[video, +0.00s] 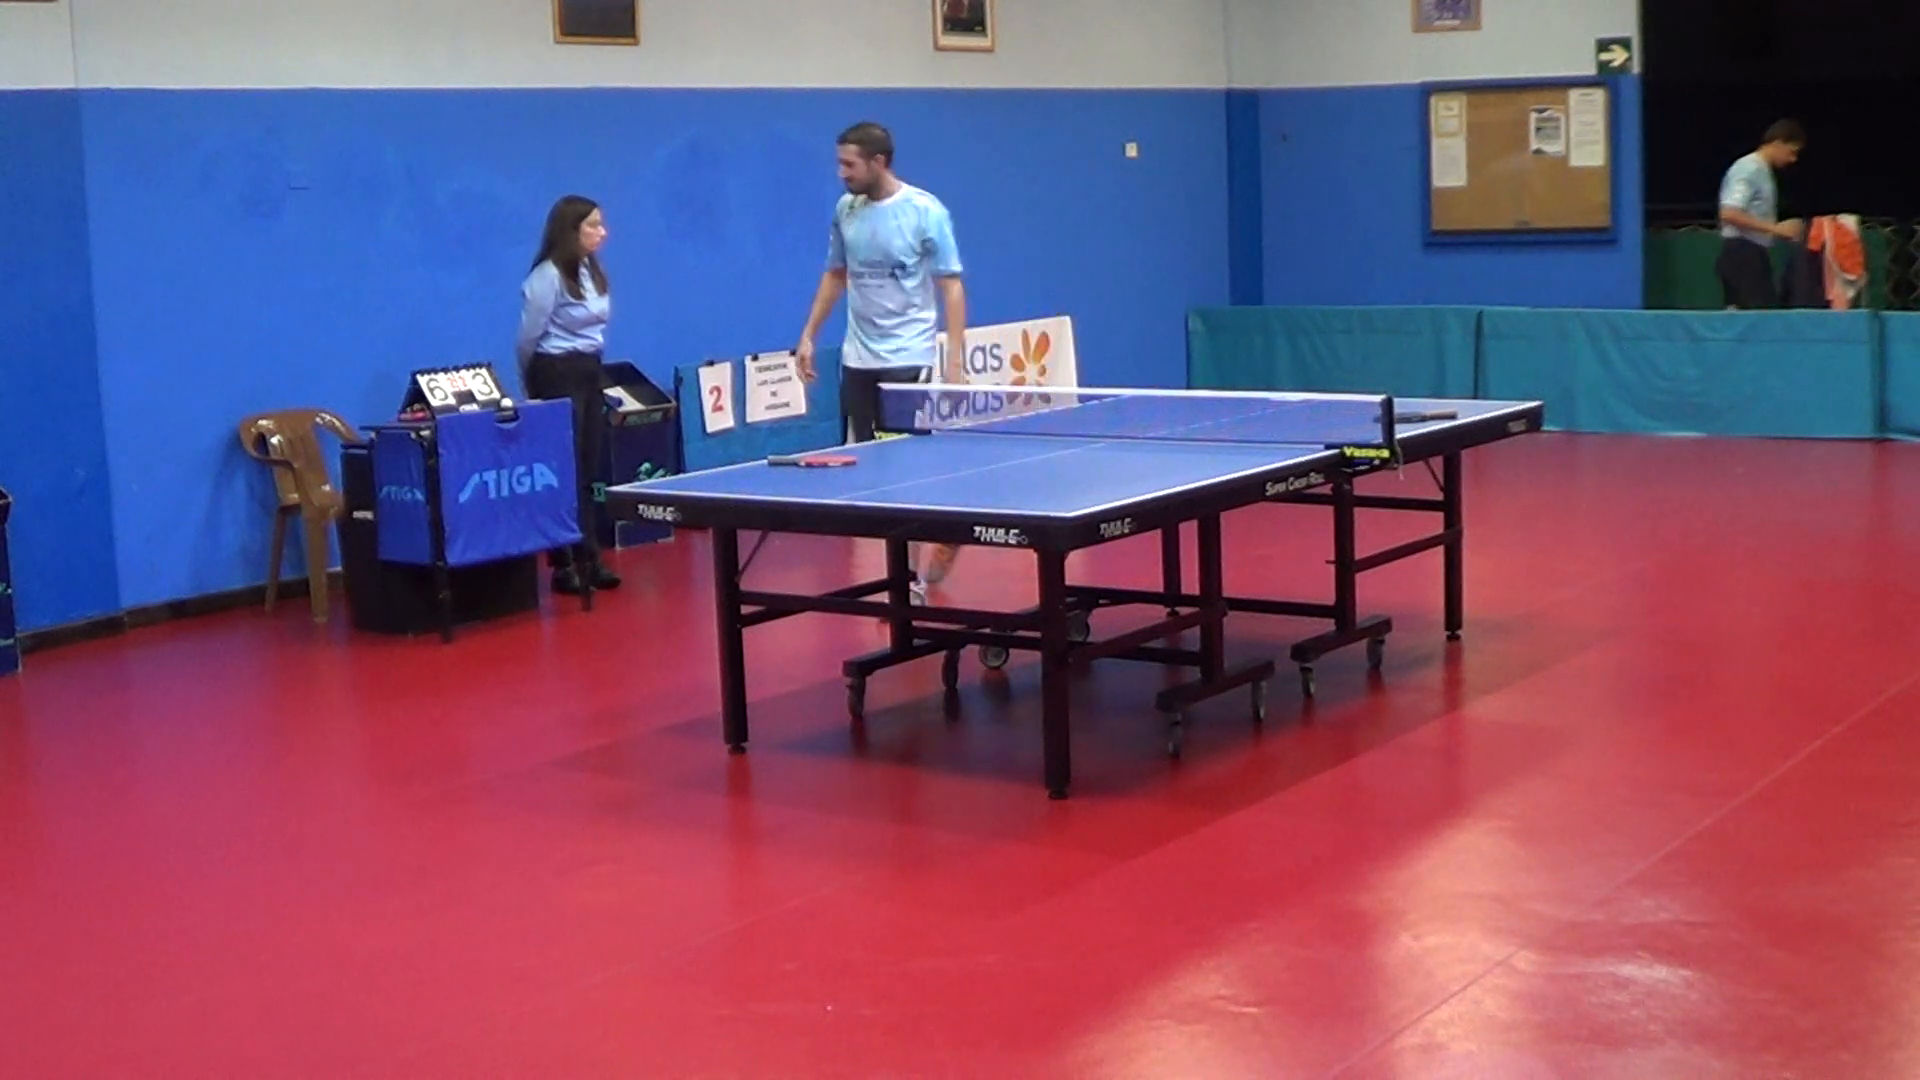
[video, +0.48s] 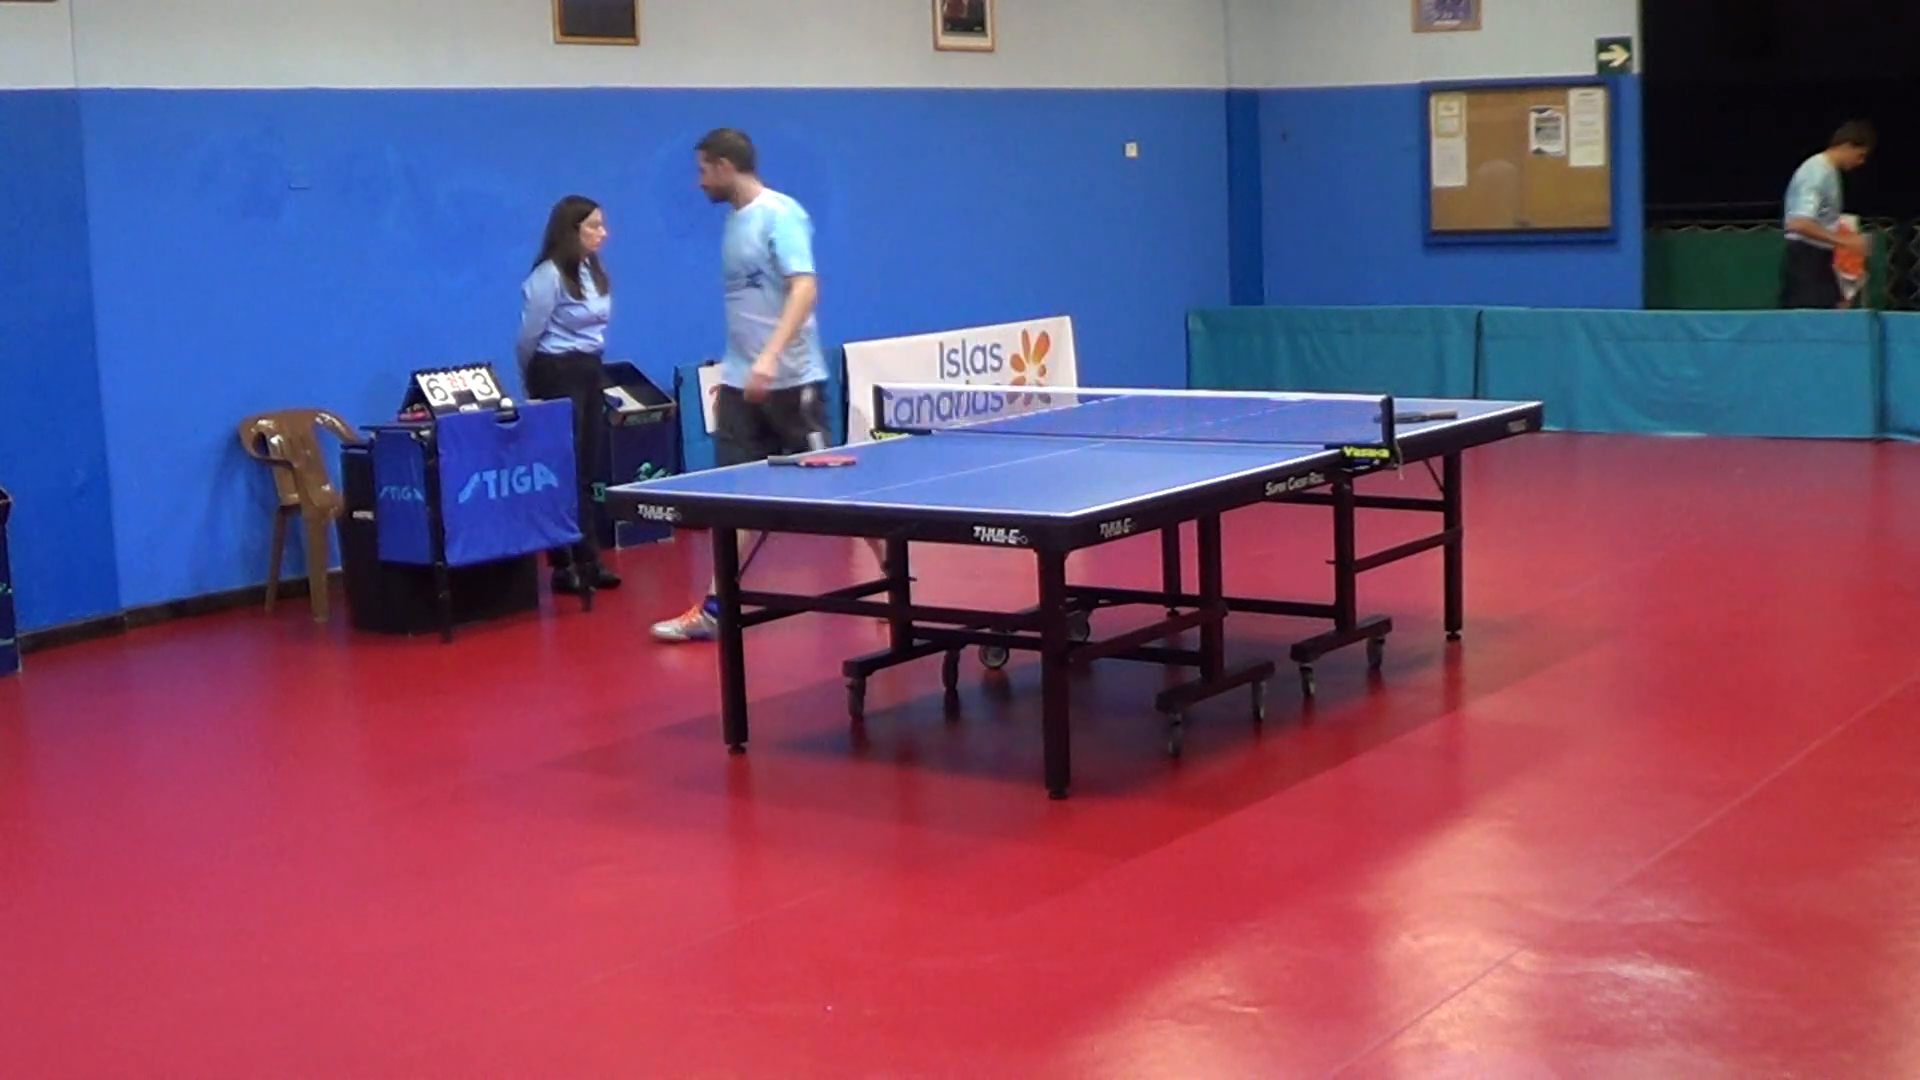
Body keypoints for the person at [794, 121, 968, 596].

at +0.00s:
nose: (843, 173)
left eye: (849, 164)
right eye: (841, 165)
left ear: (880, 162)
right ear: (852, 165)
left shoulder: (926, 211)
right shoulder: (846, 209)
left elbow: (951, 286)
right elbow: (835, 274)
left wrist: (955, 363)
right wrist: (808, 336)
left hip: (912, 362)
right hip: (859, 362)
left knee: (919, 463)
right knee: (867, 467)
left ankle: (947, 542)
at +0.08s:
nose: (823, 169)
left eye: (829, 160)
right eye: (821, 160)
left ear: (859, 157)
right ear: (842, 159)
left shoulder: (909, 207)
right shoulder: (833, 206)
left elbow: (934, 286)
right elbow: (828, 272)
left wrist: (927, 362)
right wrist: (806, 333)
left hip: (902, 365)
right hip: (845, 363)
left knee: (915, 471)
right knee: (837, 465)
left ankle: (912, 576)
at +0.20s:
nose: (790, 169)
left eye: (796, 159)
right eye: (788, 159)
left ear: (823, 155)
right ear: (814, 157)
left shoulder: (879, 205)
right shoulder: (812, 205)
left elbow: (902, 284)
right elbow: (819, 279)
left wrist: (878, 362)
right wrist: (801, 336)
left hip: (870, 367)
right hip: (818, 363)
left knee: (878, 471)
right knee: (787, 455)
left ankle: (905, 577)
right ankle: (851, 558)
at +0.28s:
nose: (766, 172)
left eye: (771, 162)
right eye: (766, 162)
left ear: (796, 159)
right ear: (794, 160)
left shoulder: (856, 208)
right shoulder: (793, 211)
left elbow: (875, 288)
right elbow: (812, 288)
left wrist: (843, 360)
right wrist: (804, 349)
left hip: (854, 368)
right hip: (803, 364)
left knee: (877, 473)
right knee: (776, 462)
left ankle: (903, 581)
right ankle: (787, 585)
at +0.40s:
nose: (727, 178)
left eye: (732, 169)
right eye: (728, 169)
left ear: (754, 167)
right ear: (756, 168)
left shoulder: (812, 215)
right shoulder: (761, 221)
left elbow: (832, 291)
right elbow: (780, 299)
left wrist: (796, 357)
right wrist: (769, 363)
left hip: (825, 381)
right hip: (772, 381)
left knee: (860, 487)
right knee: (756, 493)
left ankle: (904, 584)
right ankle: (722, 600)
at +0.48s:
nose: (699, 179)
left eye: (703, 169)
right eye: (699, 170)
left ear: (726, 167)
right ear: (727, 168)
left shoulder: (781, 214)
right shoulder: (735, 221)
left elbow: (805, 289)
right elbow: (749, 306)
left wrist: (769, 357)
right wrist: (730, 375)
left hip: (793, 385)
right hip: (742, 386)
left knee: (833, 491)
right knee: (731, 500)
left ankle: (893, 578)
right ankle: (719, 607)